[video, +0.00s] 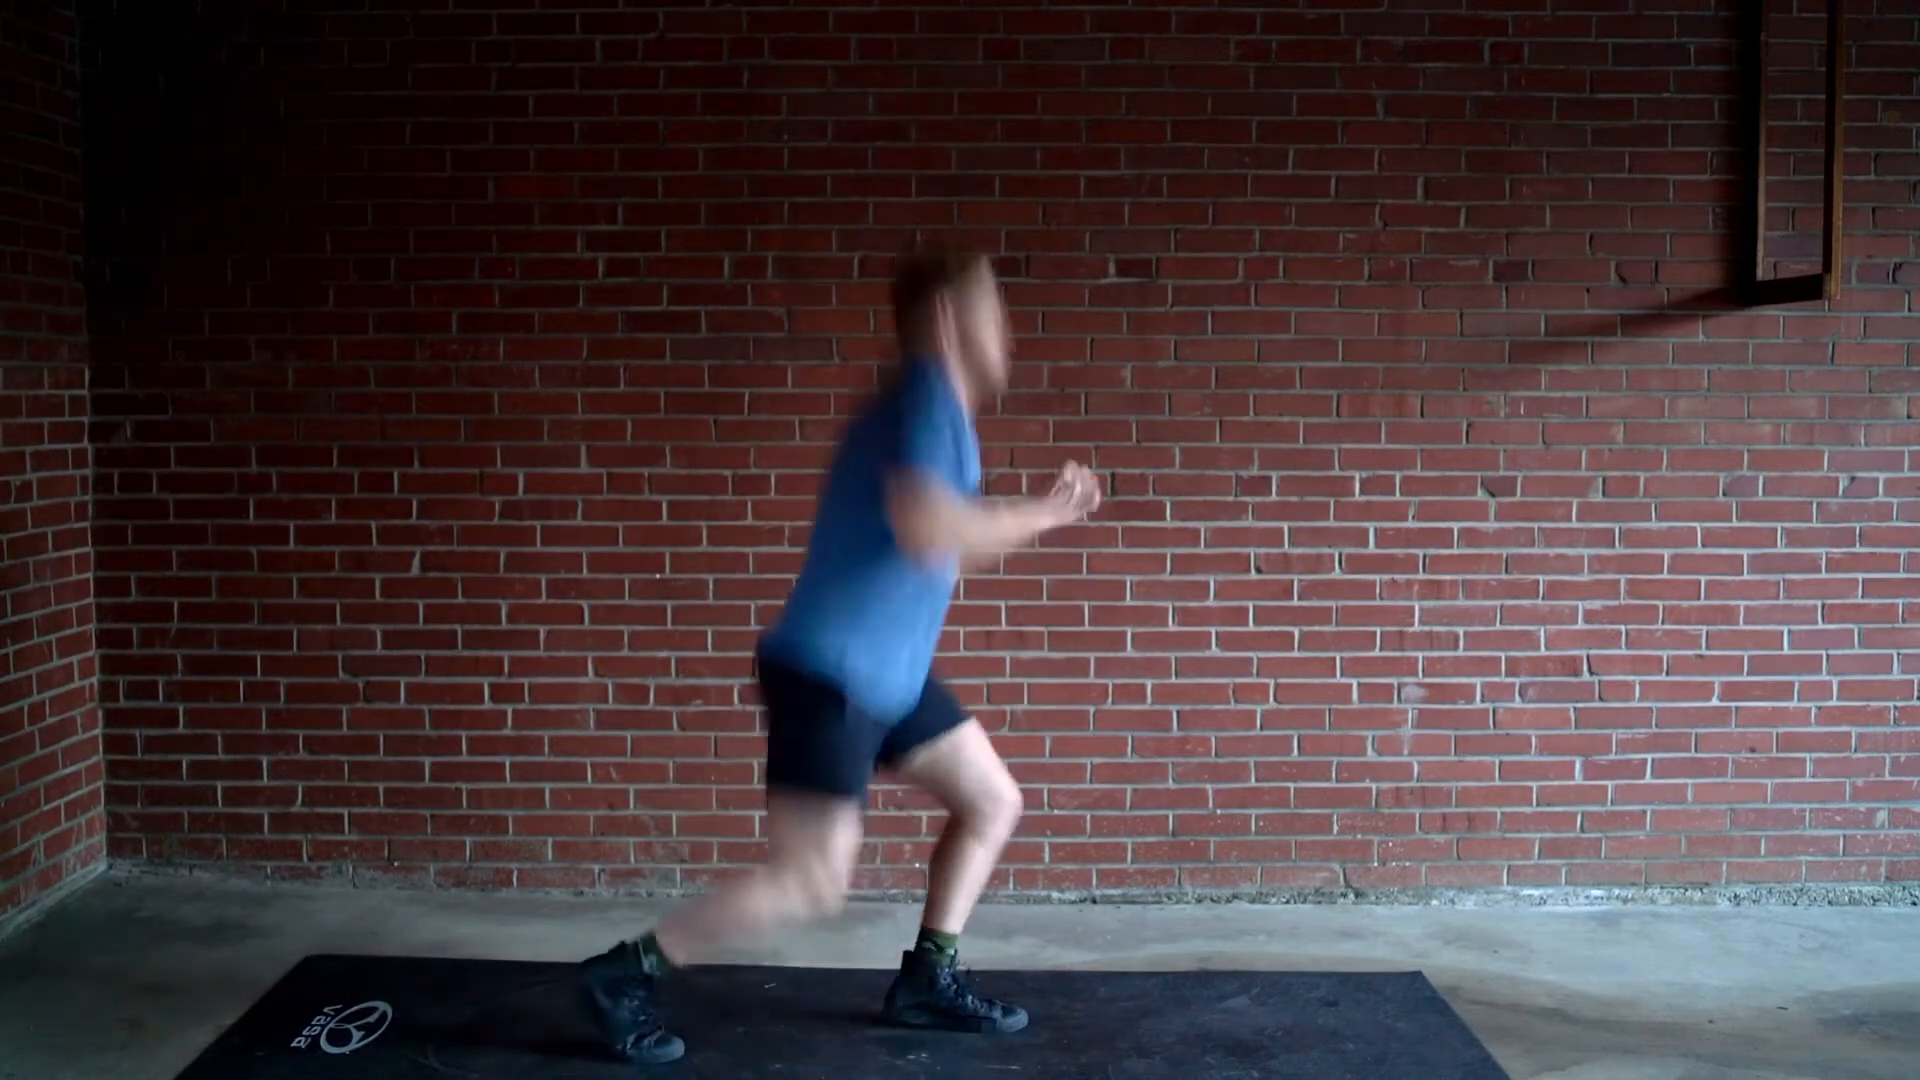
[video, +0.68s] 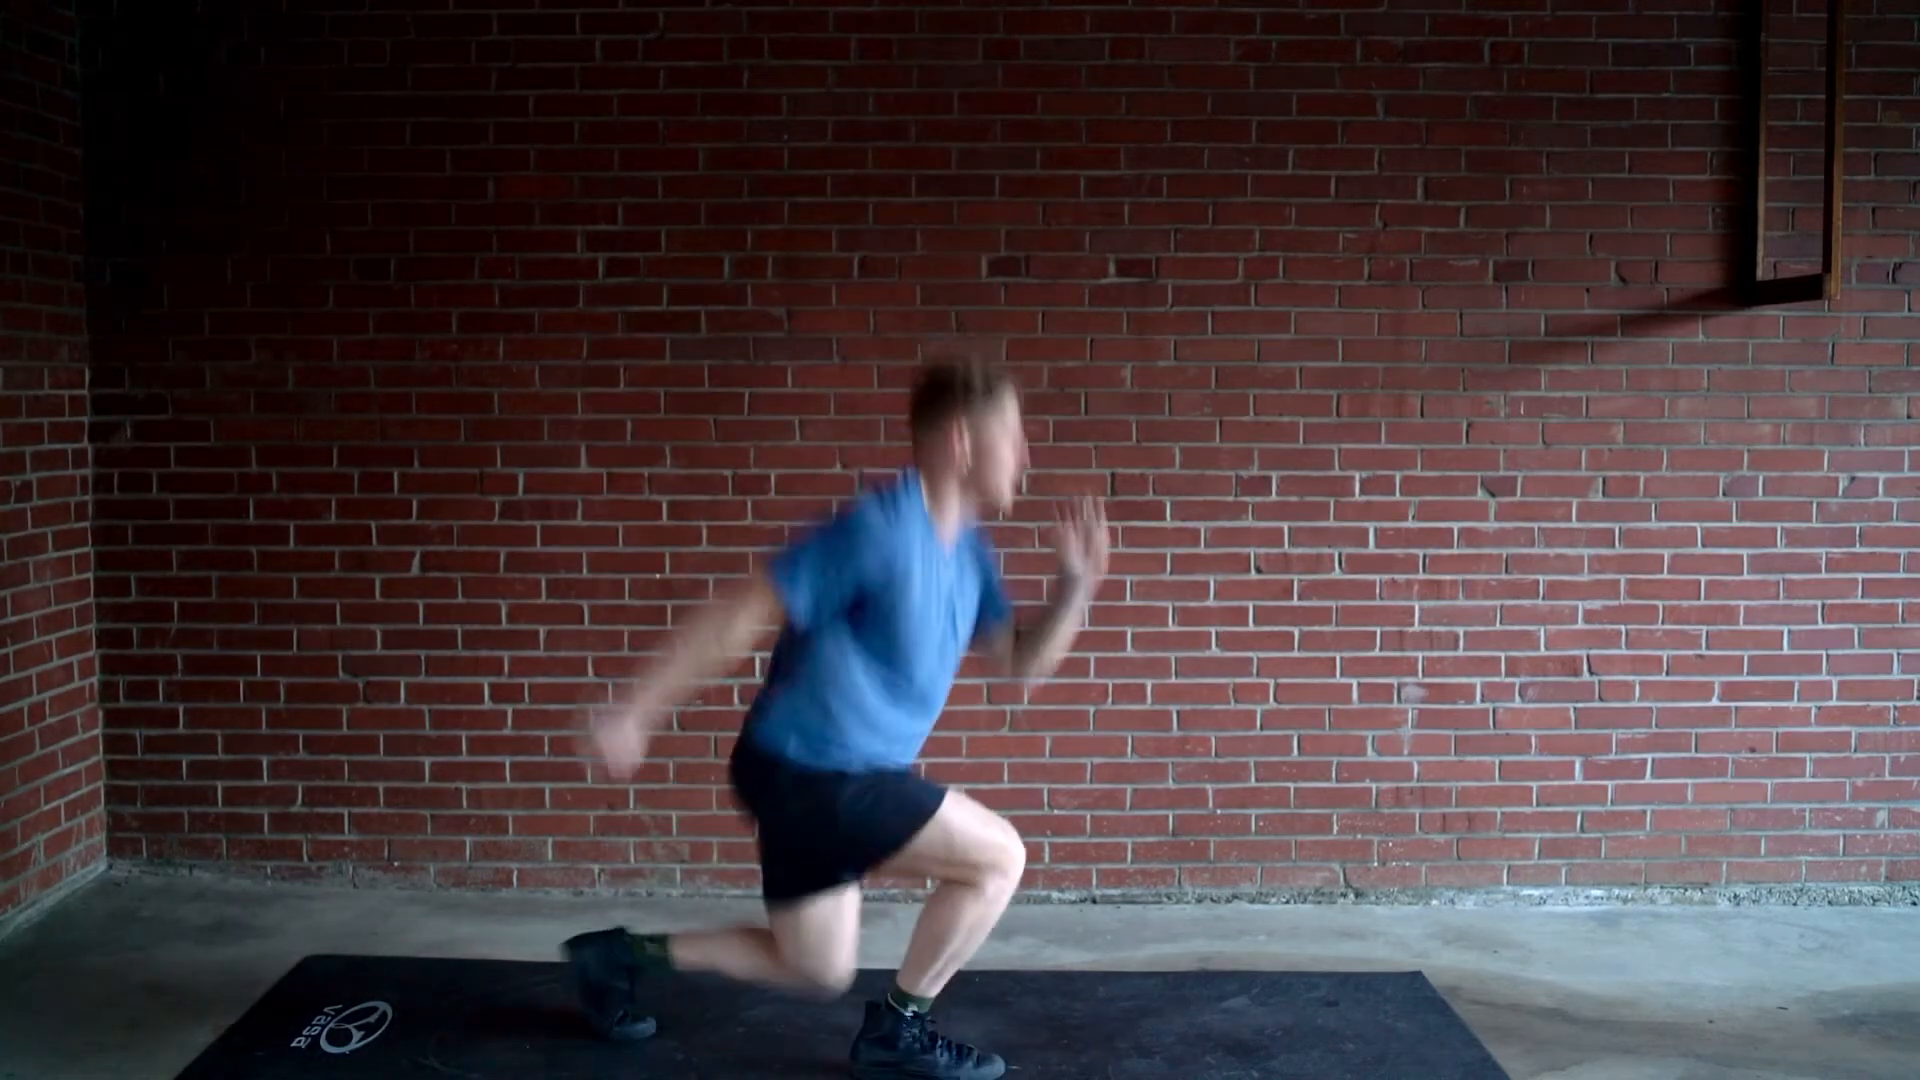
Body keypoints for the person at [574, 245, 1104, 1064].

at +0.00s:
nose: (1006, 327)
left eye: (1001, 307)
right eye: (990, 307)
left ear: (953, 316)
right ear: (944, 314)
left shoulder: (949, 410)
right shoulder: (921, 398)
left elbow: (939, 526)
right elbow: (925, 524)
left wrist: (1039, 507)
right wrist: (1046, 511)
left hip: (891, 670)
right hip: (826, 667)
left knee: (991, 801)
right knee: (812, 877)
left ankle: (928, 978)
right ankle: (624, 972)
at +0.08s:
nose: (980, 179)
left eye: (978, 160)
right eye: (964, 160)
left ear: (939, 167)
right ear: (916, 165)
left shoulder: (933, 265)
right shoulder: (890, 250)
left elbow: (925, 398)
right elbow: (869, 381)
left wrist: (1002, 410)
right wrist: (913, 505)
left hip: (901, 531)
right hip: (853, 529)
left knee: (897, 730)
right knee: (780, 732)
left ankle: (921, 912)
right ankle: (682, 903)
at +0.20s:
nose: (984, 104)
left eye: (983, 86)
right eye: (972, 85)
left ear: (933, 91)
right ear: (922, 88)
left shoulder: (924, 191)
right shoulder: (886, 174)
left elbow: (962, 334)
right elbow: (806, 295)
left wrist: (1036, 257)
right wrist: (731, 413)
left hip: (898, 442)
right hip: (861, 442)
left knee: (887, 649)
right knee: (849, 657)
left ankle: (777, 834)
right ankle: (767, 849)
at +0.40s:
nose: (993, 140)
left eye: (992, 121)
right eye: (979, 120)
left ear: (952, 126)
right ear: (926, 120)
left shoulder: (952, 241)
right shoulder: (865, 208)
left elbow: (1027, 340)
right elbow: (731, 288)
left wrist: (1059, 243)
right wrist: (604, 364)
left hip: (879, 483)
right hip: (856, 483)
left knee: (789, 687)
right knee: (928, 702)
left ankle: (653, 822)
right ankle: (900, 908)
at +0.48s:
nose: (998, 211)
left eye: (997, 192)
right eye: (984, 190)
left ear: (957, 198)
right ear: (930, 191)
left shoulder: (960, 312)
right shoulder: (859, 286)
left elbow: (1031, 415)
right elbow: (725, 361)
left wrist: (1066, 314)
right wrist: (596, 437)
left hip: (875, 561)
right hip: (847, 561)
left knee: (783, 755)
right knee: (945, 770)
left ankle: (640, 880)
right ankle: (923, 978)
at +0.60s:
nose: (1009, 363)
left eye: (1008, 342)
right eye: (994, 343)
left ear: (985, 349)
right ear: (942, 348)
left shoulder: (968, 467)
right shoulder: (869, 445)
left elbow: (1035, 578)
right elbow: (734, 524)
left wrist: (1072, 481)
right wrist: (611, 603)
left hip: (867, 713)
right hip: (818, 710)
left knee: (806, 903)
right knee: (985, 850)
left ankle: (617, 949)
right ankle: (897, 1027)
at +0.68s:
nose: (1024, 450)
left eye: (1021, 432)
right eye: (1012, 431)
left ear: (971, 445)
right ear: (959, 442)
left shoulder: (968, 550)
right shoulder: (876, 530)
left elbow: (1022, 666)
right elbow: (746, 609)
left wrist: (1076, 589)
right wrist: (636, 711)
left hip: (846, 773)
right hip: (802, 771)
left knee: (819, 964)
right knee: (996, 857)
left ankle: (626, 955)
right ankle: (898, 1029)